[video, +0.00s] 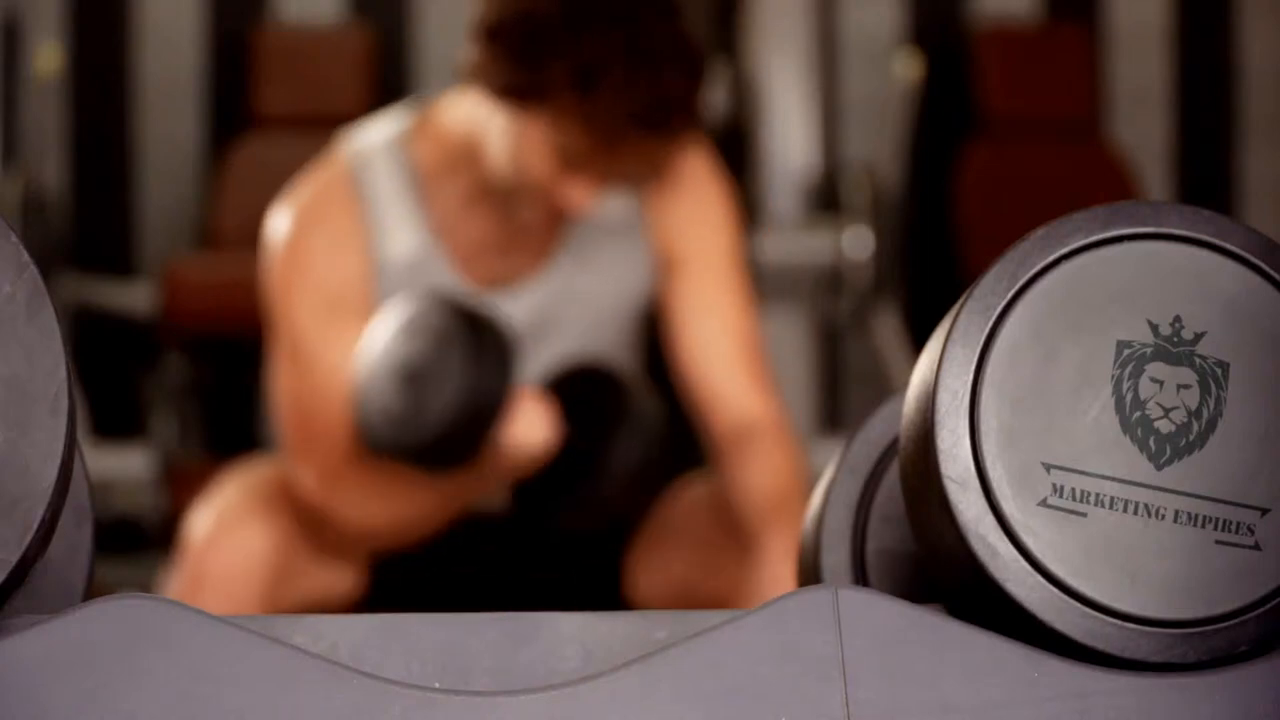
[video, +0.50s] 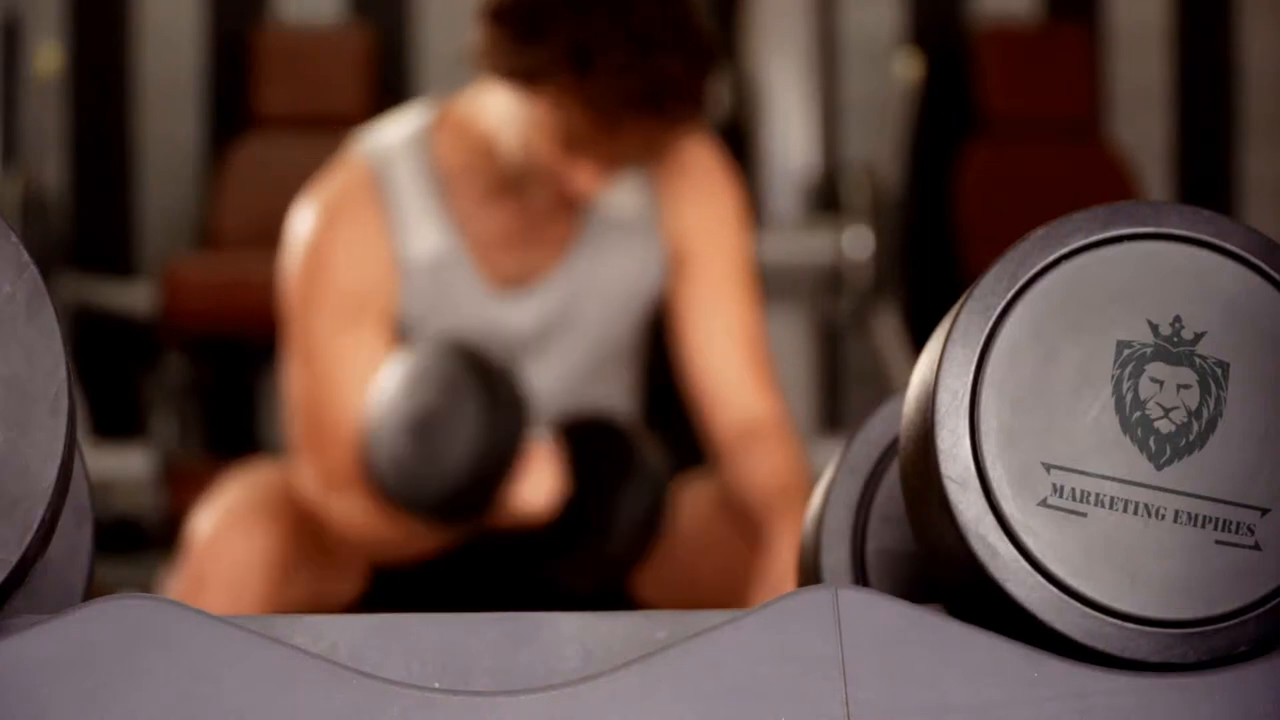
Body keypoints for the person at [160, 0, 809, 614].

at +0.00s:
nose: (588, 201)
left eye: (615, 174)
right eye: (573, 164)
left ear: (652, 137)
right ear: (509, 98)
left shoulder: (671, 173)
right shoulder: (328, 212)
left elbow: (747, 423)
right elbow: (340, 499)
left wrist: (790, 586)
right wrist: (489, 465)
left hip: (600, 522)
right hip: (400, 527)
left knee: (778, 540)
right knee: (235, 532)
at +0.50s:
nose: (591, 182)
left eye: (621, 156)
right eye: (573, 145)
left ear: (658, 121)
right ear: (514, 84)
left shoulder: (681, 170)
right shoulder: (350, 210)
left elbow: (749, 425)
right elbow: (343, 503)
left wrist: (797, 544)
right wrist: (498, 494)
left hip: (595, 534)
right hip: (399, 538)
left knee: (797, 534)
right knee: (242, 523)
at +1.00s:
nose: (618, 200)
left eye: (652, 171)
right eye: (599, 158)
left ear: (690, 139)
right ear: (539, 94)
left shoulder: (704, 179)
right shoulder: (397, 227)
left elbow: (758, 432)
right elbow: (350, 544)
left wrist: (813, 565)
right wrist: (398, 711)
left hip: (602, 522)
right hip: (417, 531)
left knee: (799, 541)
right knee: (244, 534)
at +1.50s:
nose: (614, 205)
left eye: (647, 175)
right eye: (593, 163)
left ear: (682, 146)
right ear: (529, 102)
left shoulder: (696, 179)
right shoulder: (397, 242)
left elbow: (755, 430)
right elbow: (345, 556)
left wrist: (805, 577)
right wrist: (351, 719)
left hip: (602, 522)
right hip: (417, 531)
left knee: (792, 543)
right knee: (234, 532)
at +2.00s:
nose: (611, 168)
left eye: (645, 137)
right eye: (591, 127)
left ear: (676, 110)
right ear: (524, 67)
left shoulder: (696, 170)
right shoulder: (393, 210)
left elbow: (753, 428)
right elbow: (337, 510)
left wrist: (790, 570)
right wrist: (457, 668)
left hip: (601, 521)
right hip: (418, 529)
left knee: (792, 540)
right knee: (241, 526)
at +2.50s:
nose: (588, 153)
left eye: (618, 121)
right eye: (566, 112)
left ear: (652, 93)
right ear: (500, 58)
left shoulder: (670, 170)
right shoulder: (333, 208)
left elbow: (748, 421)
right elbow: (342, 500)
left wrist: (788, 576)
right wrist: (497, 479)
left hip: (598, 525)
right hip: (403, 534)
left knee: (782, 531)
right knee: (248, 534)